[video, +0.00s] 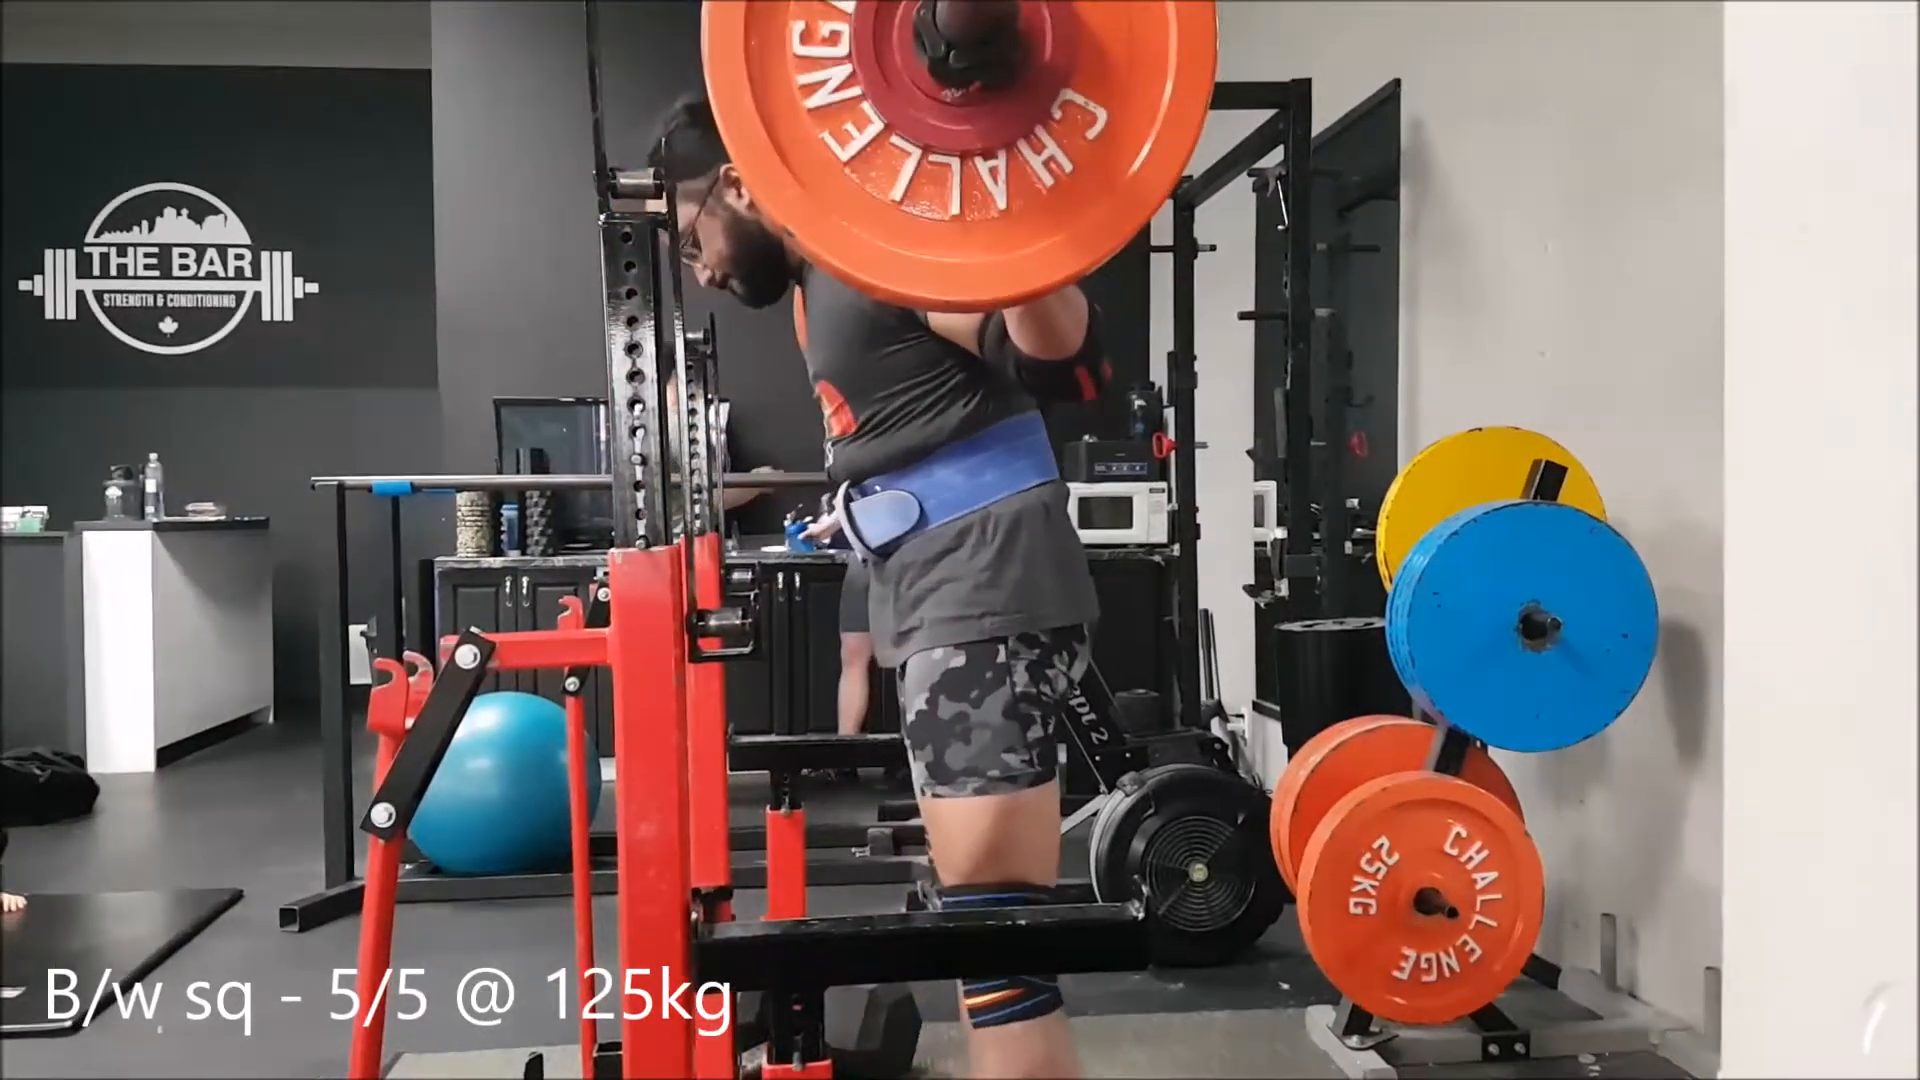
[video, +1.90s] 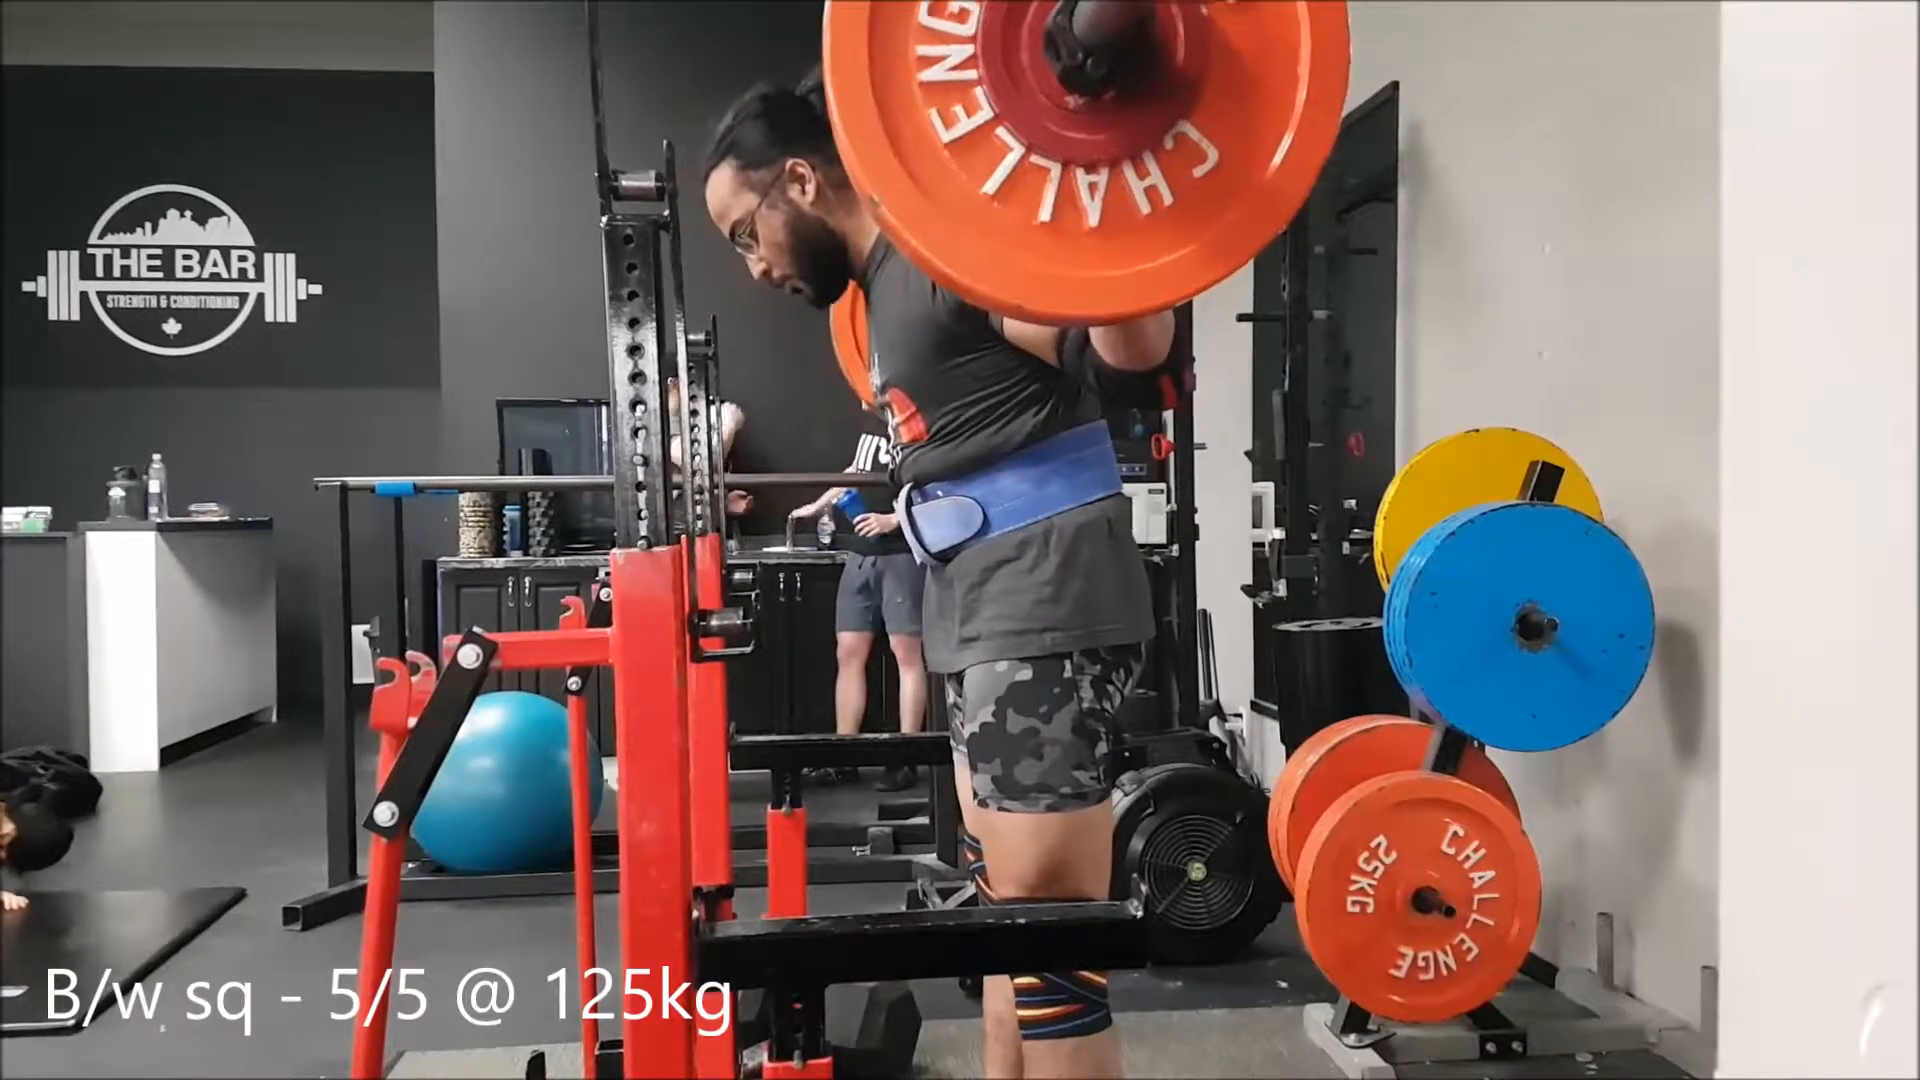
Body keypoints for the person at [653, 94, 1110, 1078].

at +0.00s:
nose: (697, 265)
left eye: (690, 228)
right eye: (682, 240)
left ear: (736, 179)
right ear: (731, 191)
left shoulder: (869, 237)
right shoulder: (818, 271)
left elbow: (1056, 332)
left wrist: (1008, 179)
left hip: (985, 568)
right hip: (932, 578)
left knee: (998, 934)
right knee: (981, 931)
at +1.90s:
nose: (754, 262)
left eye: (747, 229)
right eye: (737, 242)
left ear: (805, 178)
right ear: (800, 185)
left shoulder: (941, 231)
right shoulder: (881, 281)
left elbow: (1130, 343)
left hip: (1048, 586)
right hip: (980, 594)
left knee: (1049, 936)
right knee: (1004, 926)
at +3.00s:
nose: (752, 254)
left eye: (748, 220)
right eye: (737, 236)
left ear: (804, 164)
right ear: (799, 175)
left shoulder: (930, 241)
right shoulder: (862, 293)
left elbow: (1119, 371)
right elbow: (934, 456)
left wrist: (1134, 203)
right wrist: (834, 512)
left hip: (1046, 577)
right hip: (972, 592)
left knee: (1002, 931)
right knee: (969, 902)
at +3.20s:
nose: (748, 301)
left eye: (743, 270)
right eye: (732, 284)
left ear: (795, 214)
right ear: (795, 224)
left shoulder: (924, 286)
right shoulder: (865, 333)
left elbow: (1116, 417)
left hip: (1080, 610)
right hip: (1000, 627)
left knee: (959, 946)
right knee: (928, 858)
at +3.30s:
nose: (743, 341)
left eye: (736, 312)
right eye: (727, 326)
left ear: (790, 257)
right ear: (789, 265)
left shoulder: (915, 325)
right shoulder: (854, 382)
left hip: (1097, 644)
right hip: (1011, 662)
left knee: (957, 950)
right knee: (923, 860)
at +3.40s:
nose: (737, 394)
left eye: (731, 365)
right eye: (722, 378)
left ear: (787, 312)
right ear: (784, 320)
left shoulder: (900, 365)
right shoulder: (849, 421)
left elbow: (1038, 281)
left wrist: (1125, 208)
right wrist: (814, 500)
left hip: (1119, 683)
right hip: (1027, 691)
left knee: (948, 999)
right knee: (915, 866)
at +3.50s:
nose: (740, 449)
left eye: (730, 416)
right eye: (724, 429)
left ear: (781, 364)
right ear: (783, 368)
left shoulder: (918, 411)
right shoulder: (855, 444)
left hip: (1126, 721)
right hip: (1023, 723)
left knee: (938, 1005)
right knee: (905, 868)